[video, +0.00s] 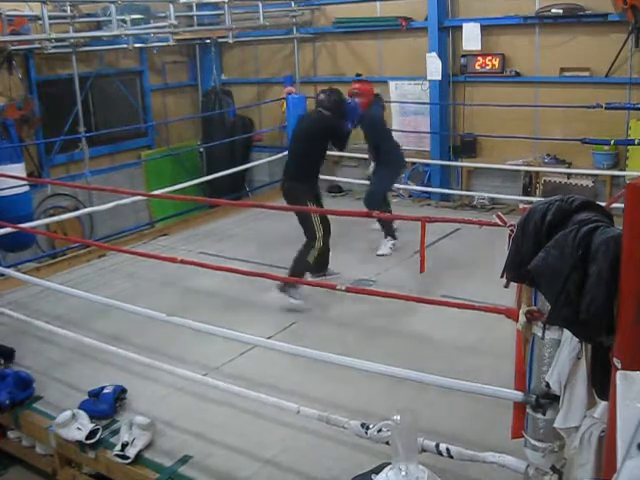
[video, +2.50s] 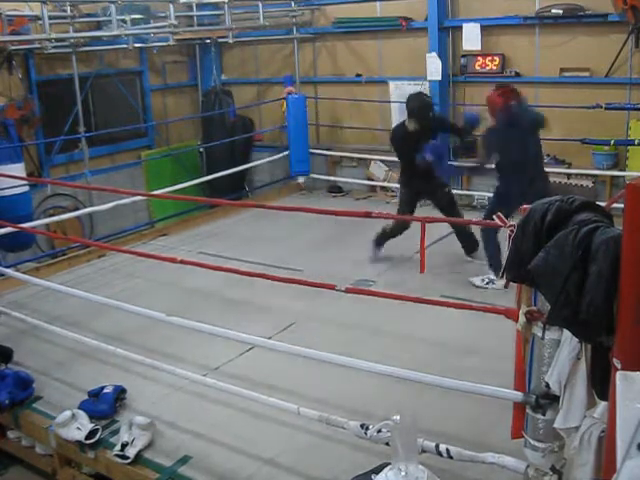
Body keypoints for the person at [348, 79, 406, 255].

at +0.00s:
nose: (354, 101)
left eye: (357, 97)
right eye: (353, 97)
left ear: (366, 98)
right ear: (367, 99)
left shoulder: (370, 117)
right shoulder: (369, 112)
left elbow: (376, 143)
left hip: (391, 159)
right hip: (385, 157)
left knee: (373, 199)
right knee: (378, 194)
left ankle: (390, 236)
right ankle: (386, 220)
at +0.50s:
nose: (376, 111)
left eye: (381, 108)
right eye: (375, 107)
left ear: (392, 109)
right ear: (373, 106)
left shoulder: (406, 128)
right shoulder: (371, 116)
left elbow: (403, 160)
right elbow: (349, 117)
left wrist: (380, 154)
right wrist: (337, 124)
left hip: (395, 173)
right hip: (375, 169)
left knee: (387, 211)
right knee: (376, 205)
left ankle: (392, 260)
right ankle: (399, 229)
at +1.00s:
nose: (394, 104)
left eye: (397, 100)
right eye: (392, 100)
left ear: (407, 99)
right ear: (393, 100)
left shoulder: (417, 118)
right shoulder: (398, 115)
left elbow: (403, 143)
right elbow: (382, 138)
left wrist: (390, 124)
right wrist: (374, 118)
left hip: (425, 173)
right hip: (417, 172)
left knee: (396, 216)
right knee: (421, 211)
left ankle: (398, 266)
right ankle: (458, 236)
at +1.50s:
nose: (446, 107)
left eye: (449, 103)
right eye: (445, 103)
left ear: (461, 102)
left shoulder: (476, 121)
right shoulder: (462, 115)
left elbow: (479, 153)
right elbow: (448, 125)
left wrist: (457, 149)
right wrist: (435, 120)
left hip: (489, 170)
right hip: (488, 167)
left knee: (464, 213)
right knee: (490, 210)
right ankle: (513, 252)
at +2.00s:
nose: (496, 121)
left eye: (498, 117)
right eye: (496, 117)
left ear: (506, 117)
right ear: (512, 114)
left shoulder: (518, 133)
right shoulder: (521, 122)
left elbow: (500, 156)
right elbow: (501, 141)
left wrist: (485, 138)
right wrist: (487, 133)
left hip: (529, 185)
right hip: (534, 181)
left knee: (496, 211)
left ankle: (498, 265)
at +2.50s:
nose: (489, 112)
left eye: (491, 108)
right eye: (490, 107)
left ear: (496, 109)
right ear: (515, 104)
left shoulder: (497, 132)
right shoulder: (530, 119)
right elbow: (541, 121)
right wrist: (521, 107)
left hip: (512, 189)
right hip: (538, 186)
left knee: (488, 225)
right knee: (539, 225)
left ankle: (496, 273)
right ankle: (542, 274)